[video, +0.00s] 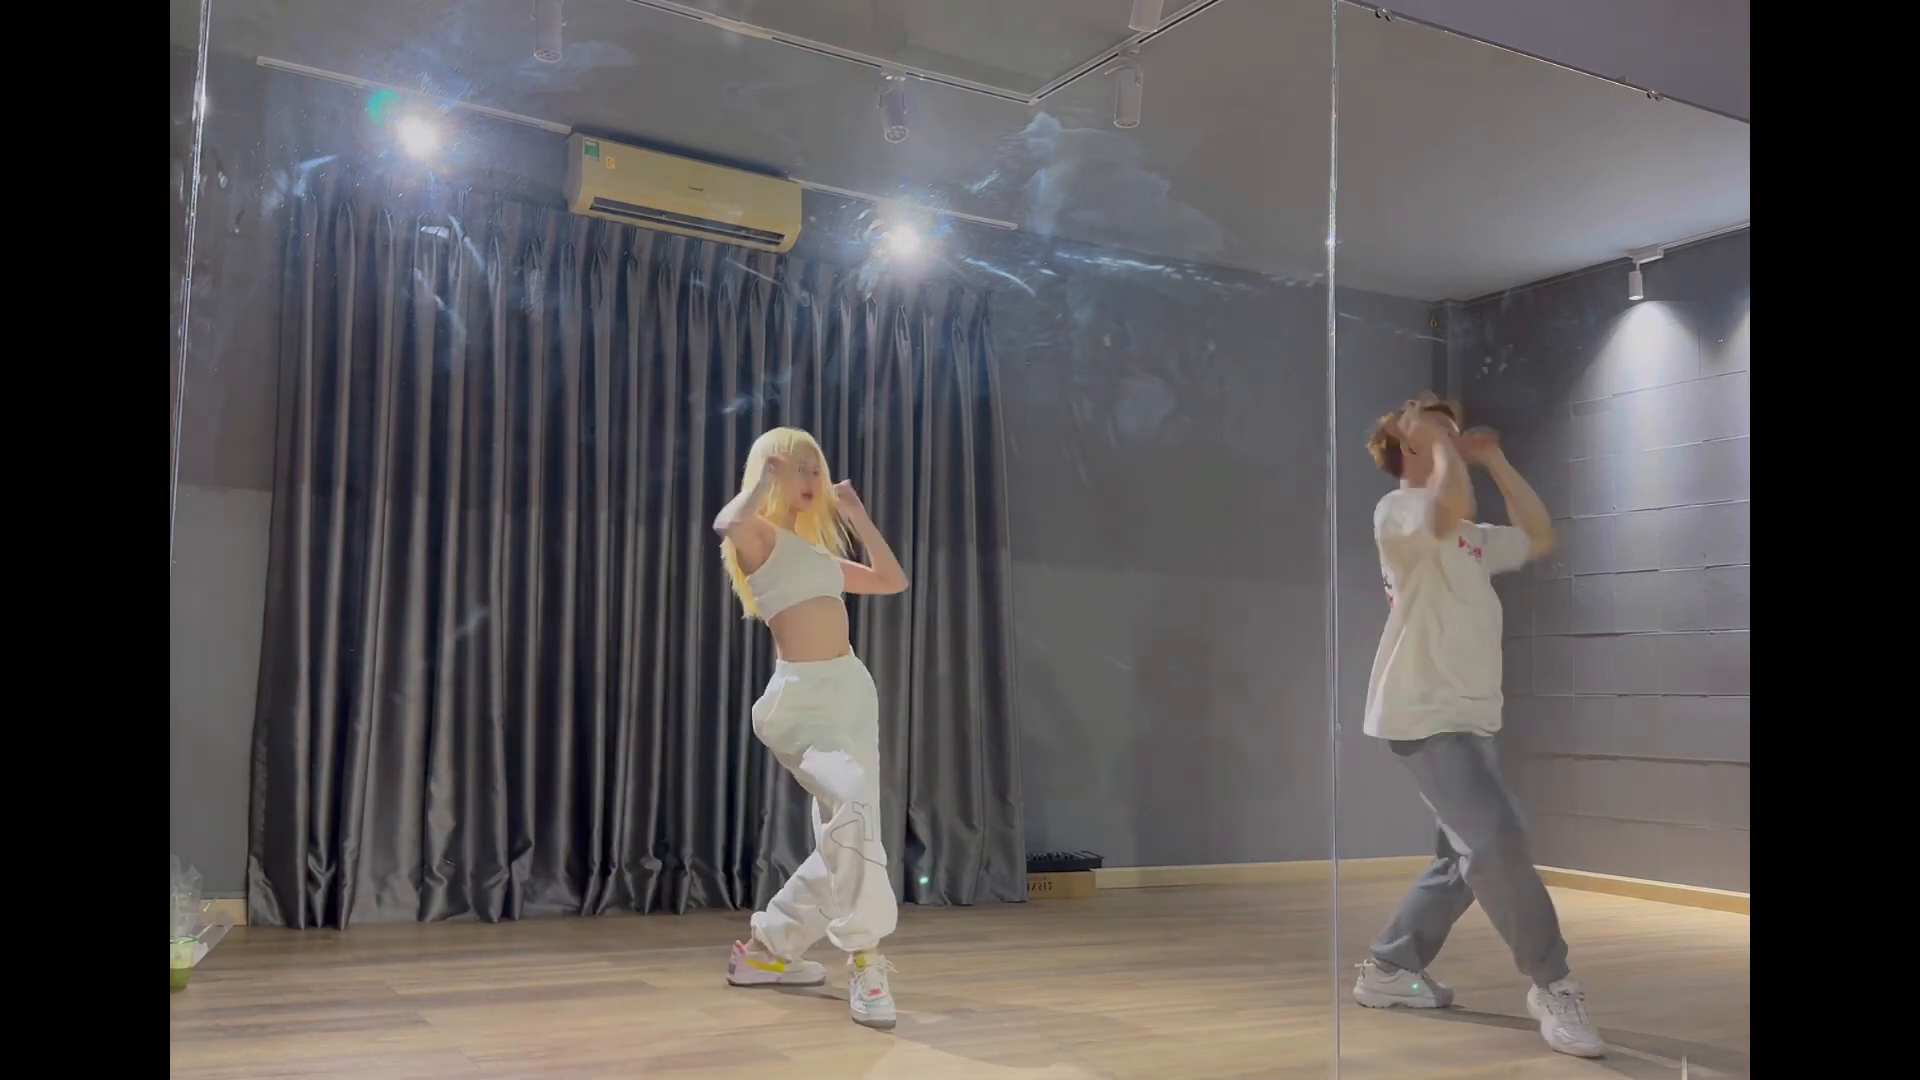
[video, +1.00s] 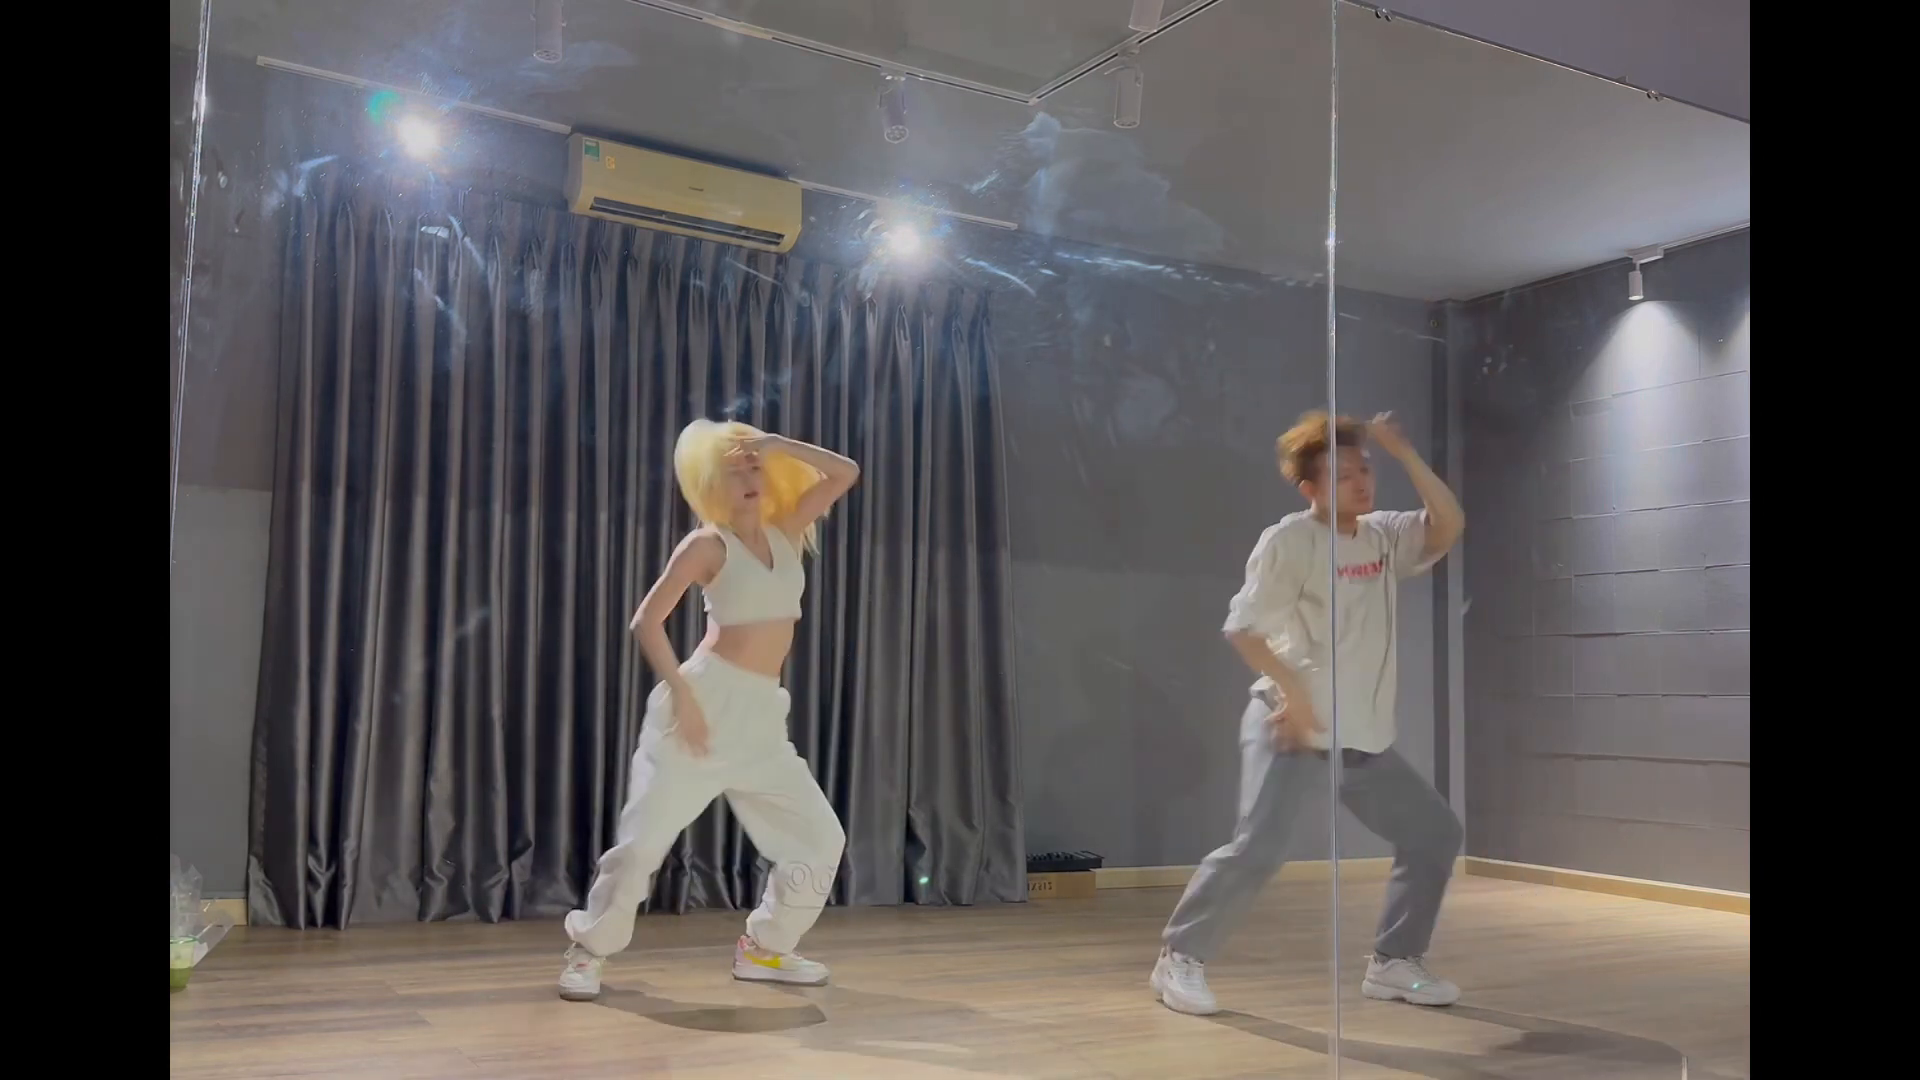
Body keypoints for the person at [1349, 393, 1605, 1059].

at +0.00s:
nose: (1445, 430)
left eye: (1448, 421)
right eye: (1429, 422)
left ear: (1455, 441)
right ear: (1401, 447)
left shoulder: (1472, 528)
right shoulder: (1393, 510)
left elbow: (1540, 537)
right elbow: (1449, 513)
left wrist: (1494, 460)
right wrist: (1446, 443)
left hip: (1477, 712)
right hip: (1421, 712)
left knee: (1467, 853)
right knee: (1497, 835)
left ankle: (1389, 970)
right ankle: (1552, 986)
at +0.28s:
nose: (1472, 472)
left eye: (1479, 460)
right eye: (1461, 457)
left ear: (1485, 462)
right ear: (1421, 448)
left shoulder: (1476, 504)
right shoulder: (1394, 513)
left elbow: (1526, 459)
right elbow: (1427, 436)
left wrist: (1548, 394)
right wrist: (1502, 367)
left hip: (1475, 701)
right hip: (1457, 703)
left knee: (1474, 850)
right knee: (1557, 827)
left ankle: (1388, 970)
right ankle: (1537, 983)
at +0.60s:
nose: (1459, 458)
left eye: (1466, 446)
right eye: (1449, 443)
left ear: (1466, 449)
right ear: (1409, 438)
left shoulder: (1458, 497)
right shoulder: (1367, 491)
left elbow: (1508, 438)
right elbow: (1349, 404)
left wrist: (1466, 374)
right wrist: (1400, 342)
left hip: (1469, 692)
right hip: (1402, 692)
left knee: (1465, 830)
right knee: (1468, 829)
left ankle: (1397, 961)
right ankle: (1529, 988)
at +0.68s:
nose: (1446, 453)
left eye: (1452, 443)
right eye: (1436, 439)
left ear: (1456, 449)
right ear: (1397, 436)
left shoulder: (1450, 508)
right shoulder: (1353, 500)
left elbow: (1524, 482)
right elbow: (1329, 455)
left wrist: (1468, 429)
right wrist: (1366, 400)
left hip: (1446, 697)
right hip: (1374, 695)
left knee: (1442, 827)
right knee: (1432, 806)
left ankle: (1394, 963)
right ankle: (1470, 951)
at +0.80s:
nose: (1421, 462)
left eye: (1431, 456)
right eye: (1412, 445)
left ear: (1432, 466)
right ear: (1374, 438)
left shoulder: (1425, 529)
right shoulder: (1319, 491)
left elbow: (1488, 559)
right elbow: (1321, 559)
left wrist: (1476, 494)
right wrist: (1380, 499)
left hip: (1425, 698)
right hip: (1353, 689)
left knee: (1442, 832)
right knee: (1382, 790)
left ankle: (1397, 962)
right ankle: (1330, 920)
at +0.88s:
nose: (1396, 485)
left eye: (1407, 476)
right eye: (1392, 467)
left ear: (1411, 476)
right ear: (1358, 448)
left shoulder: (1400, 527)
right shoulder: (1301, 505)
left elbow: (1436, 577)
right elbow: (1316, 599)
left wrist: (1463, 485)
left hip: (1407, 704)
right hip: (1338, 703)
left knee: (1442, 830)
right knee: (1330, 822)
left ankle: (1396, 964)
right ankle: (1238, 927)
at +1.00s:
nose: (1362, 484)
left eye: (1366, 471)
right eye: (1344, 475)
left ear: (1373, 473)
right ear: (1309, 489)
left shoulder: (1386, 536)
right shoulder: (1287, 543)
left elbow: (1448, 525)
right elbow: (1243, 630)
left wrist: (1405, 453)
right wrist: (1293, 688)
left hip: (1363, 736)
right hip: (1292, 728)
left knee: (1435, 832)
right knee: (1260, 847)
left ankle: (1393, 963)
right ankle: (1179, 960)